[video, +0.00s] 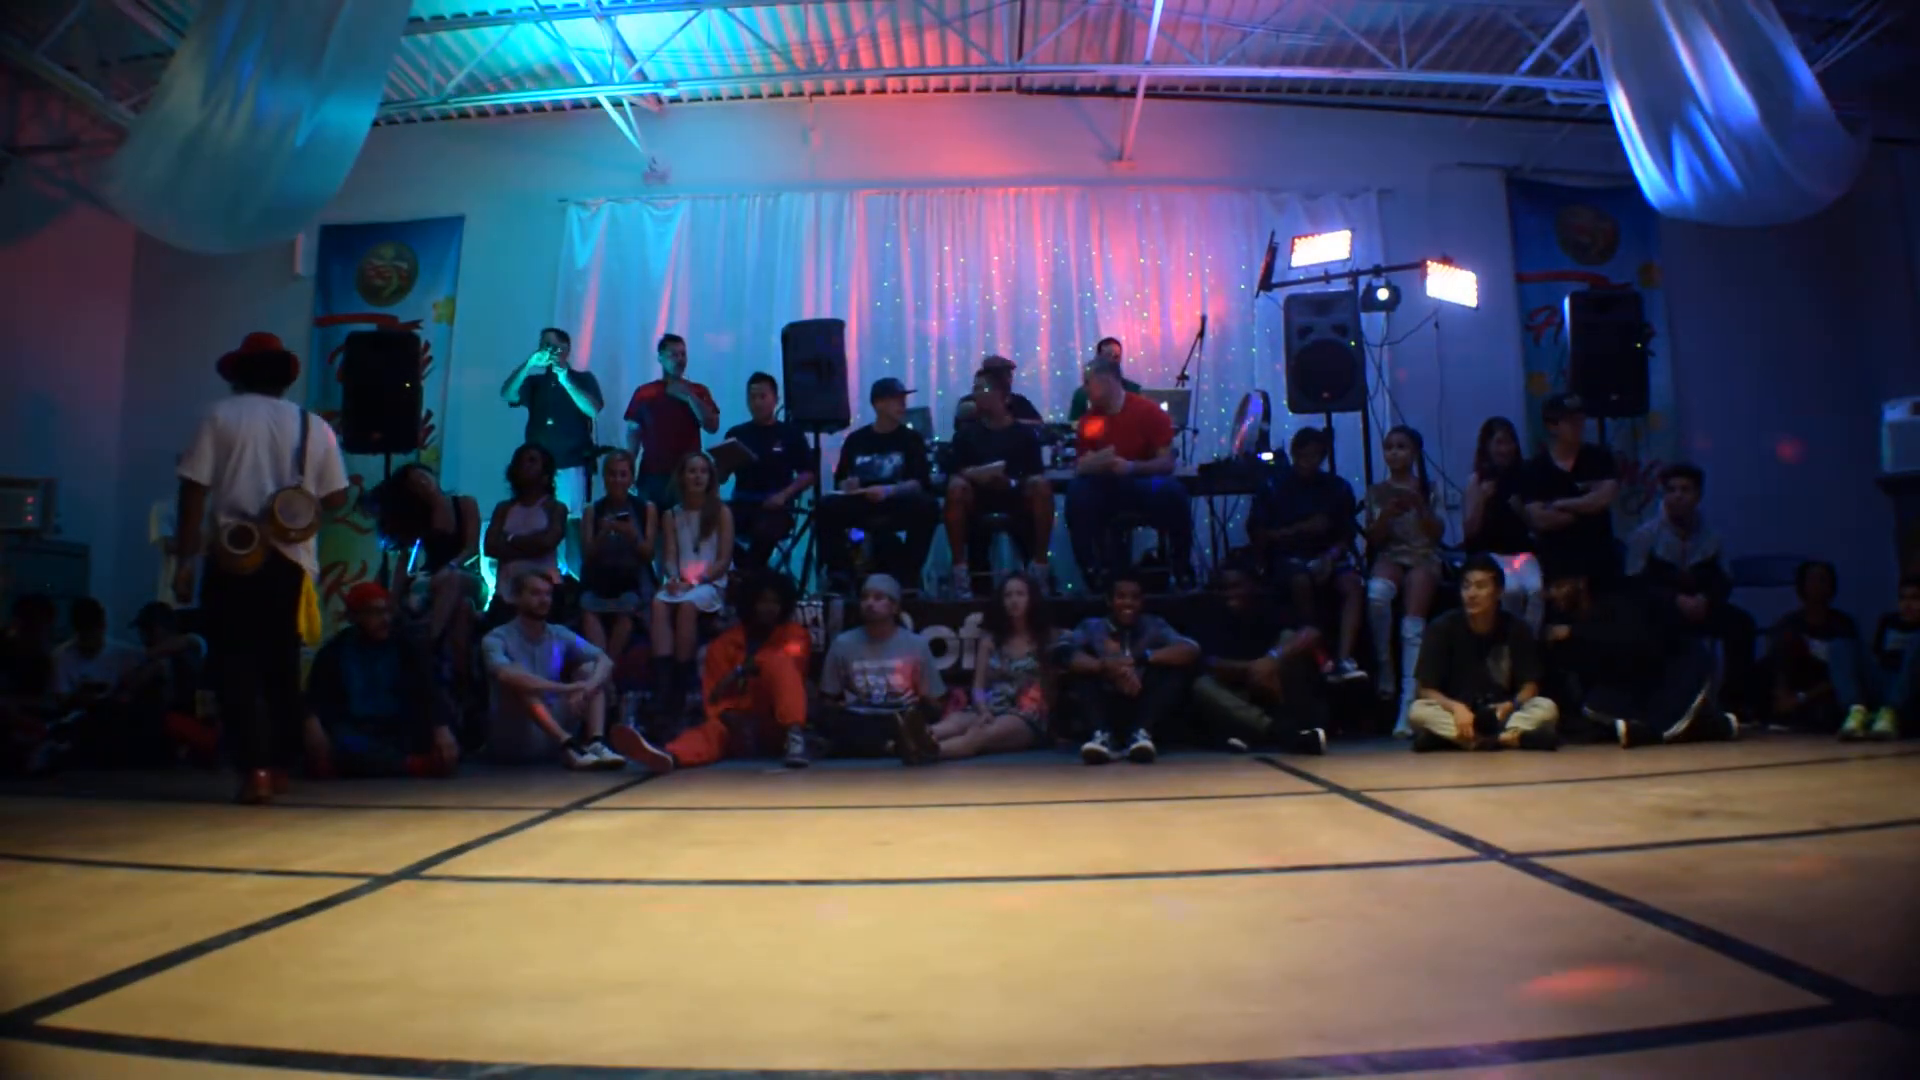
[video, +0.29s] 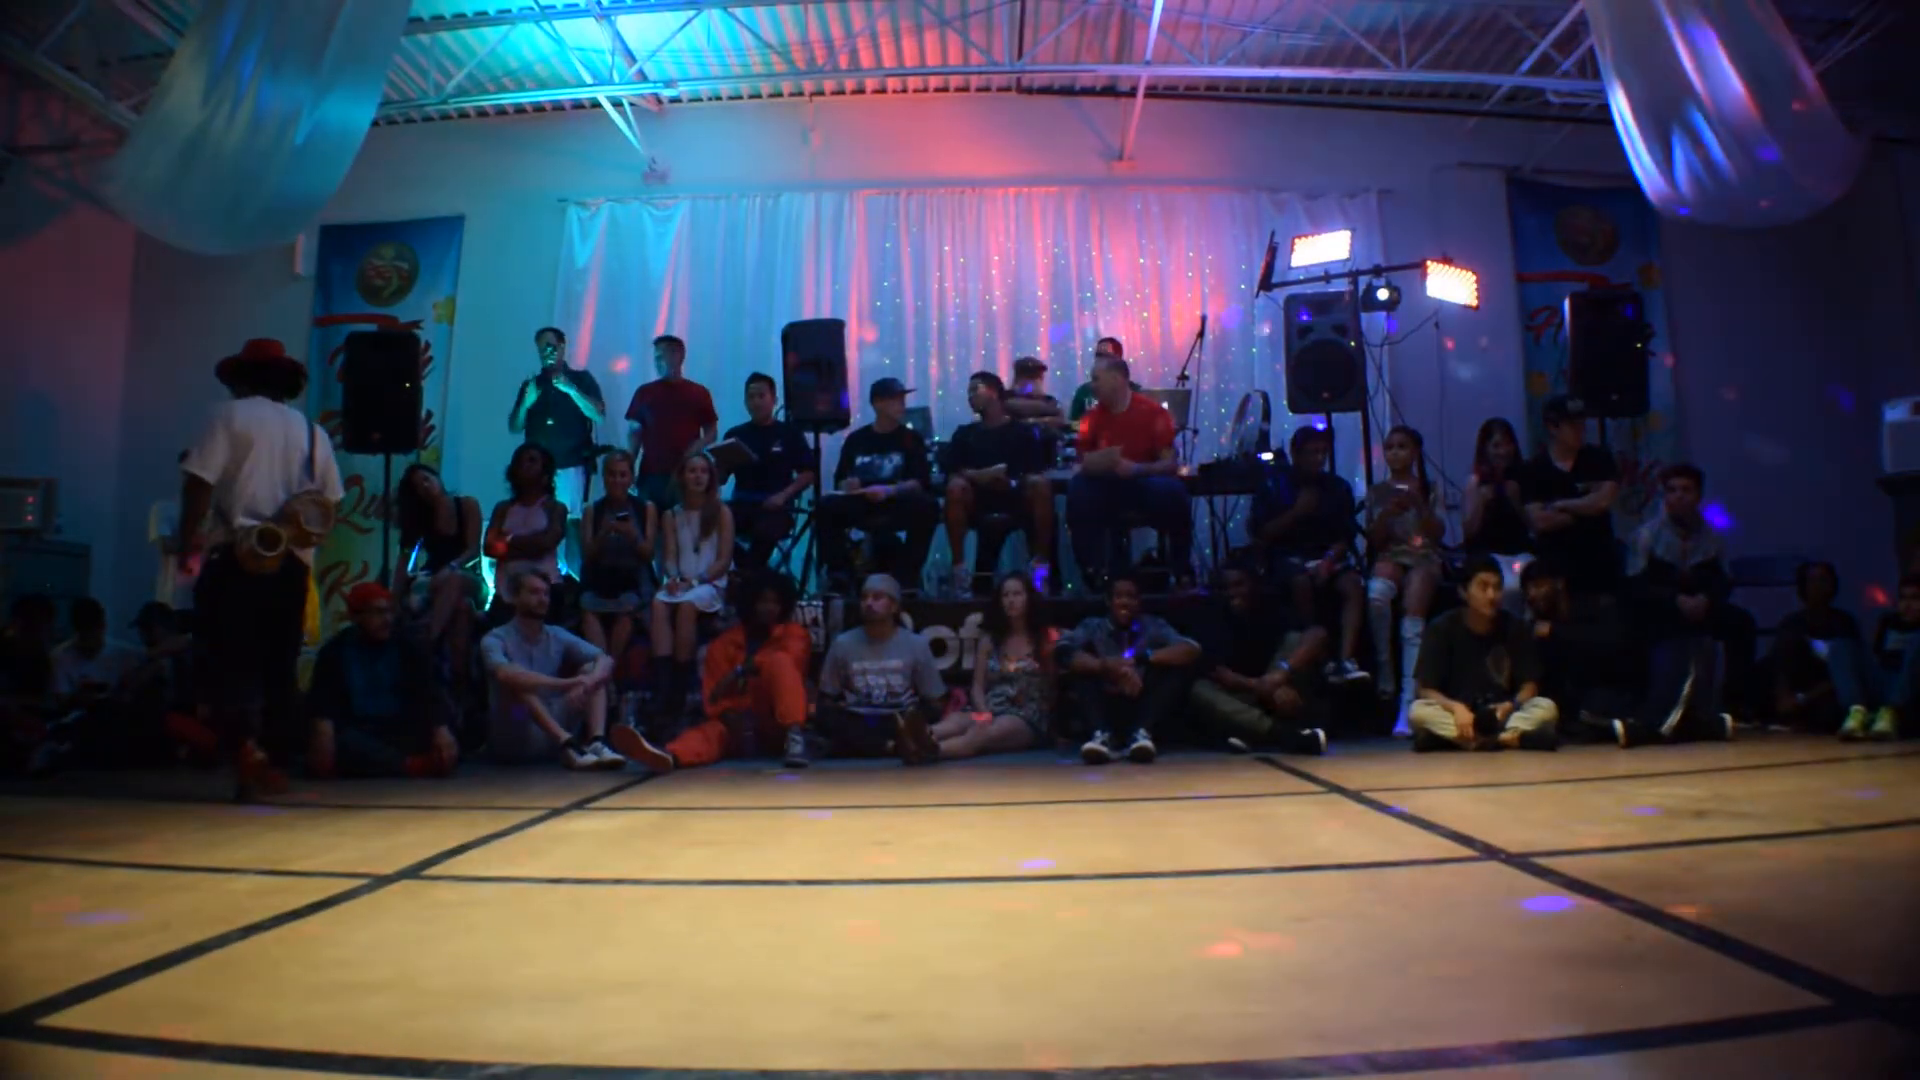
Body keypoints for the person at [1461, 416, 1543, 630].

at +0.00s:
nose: (1505, 448)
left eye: (1509, 442)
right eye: (1498, 442)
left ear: (1516, 445)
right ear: (1486, 447)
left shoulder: (1527, 476)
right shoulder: (1478, 481)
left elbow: (1538, 518)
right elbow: (1471, 530)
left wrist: (1522, 508)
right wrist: (1480, 499)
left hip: (1523, 549)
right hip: (1491, 550)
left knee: (1535, 587)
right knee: (1511, 590)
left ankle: (1531, 645)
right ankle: (1506, 644)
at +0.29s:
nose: (1503, 451)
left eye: (1507, 444)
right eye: (1496, 446)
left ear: (1515, 447)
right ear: (1484, 449)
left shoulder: (1523, 477)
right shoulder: (1476, 482)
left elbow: (1534, 522)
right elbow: (1470, 531)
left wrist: (1516, 501)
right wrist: (1480, 502)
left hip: (1519, 550)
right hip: (1487, 551)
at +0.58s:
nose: (1503, 452)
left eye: (1507, 445)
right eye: (1496, 446)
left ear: (1514, 447)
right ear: (1484, 449)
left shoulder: (1523, 477)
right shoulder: (1475, 482)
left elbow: (1533, 521)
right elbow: (1470, 530)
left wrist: (1514, 496)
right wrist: (1482, 501)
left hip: (1519, 548)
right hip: (1488, 549)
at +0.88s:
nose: (1499, 451)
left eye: (1504, 444)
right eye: (1493, 445)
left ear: (1511, 448)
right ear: (1482, 449)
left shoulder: (1520, 480)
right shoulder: (1470, 485)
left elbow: (1529, 522)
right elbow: (1468, 532)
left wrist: (1511, 498)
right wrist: (1481, 503)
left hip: (1517, 550)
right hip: (1486, 552)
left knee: (1531, 571)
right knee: (1507, 583)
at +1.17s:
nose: (1513, 447)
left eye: (1514, 441)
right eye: (1508, 441)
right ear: (1490, 445)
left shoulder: (1518, 478)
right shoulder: (1473, 482)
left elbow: (1528, 519)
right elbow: (1469, 528)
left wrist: (1514, 498)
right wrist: (1486, 505)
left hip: (1518, 551)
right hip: (1486, 553)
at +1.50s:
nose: (1514, 447)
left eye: (1515, 441)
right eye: (1509, 441)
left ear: (1514, 445)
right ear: (1492, 445)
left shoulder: (1518, 478)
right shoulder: (1474, 481)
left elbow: (1528, 519)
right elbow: (1468, 529)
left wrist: (1514, 500)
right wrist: (1486, 506)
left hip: (1520, 549)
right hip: (1488, 550)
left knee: (1535, 584)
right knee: (1513, 584)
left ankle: (1529, 643)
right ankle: (1501, 642)